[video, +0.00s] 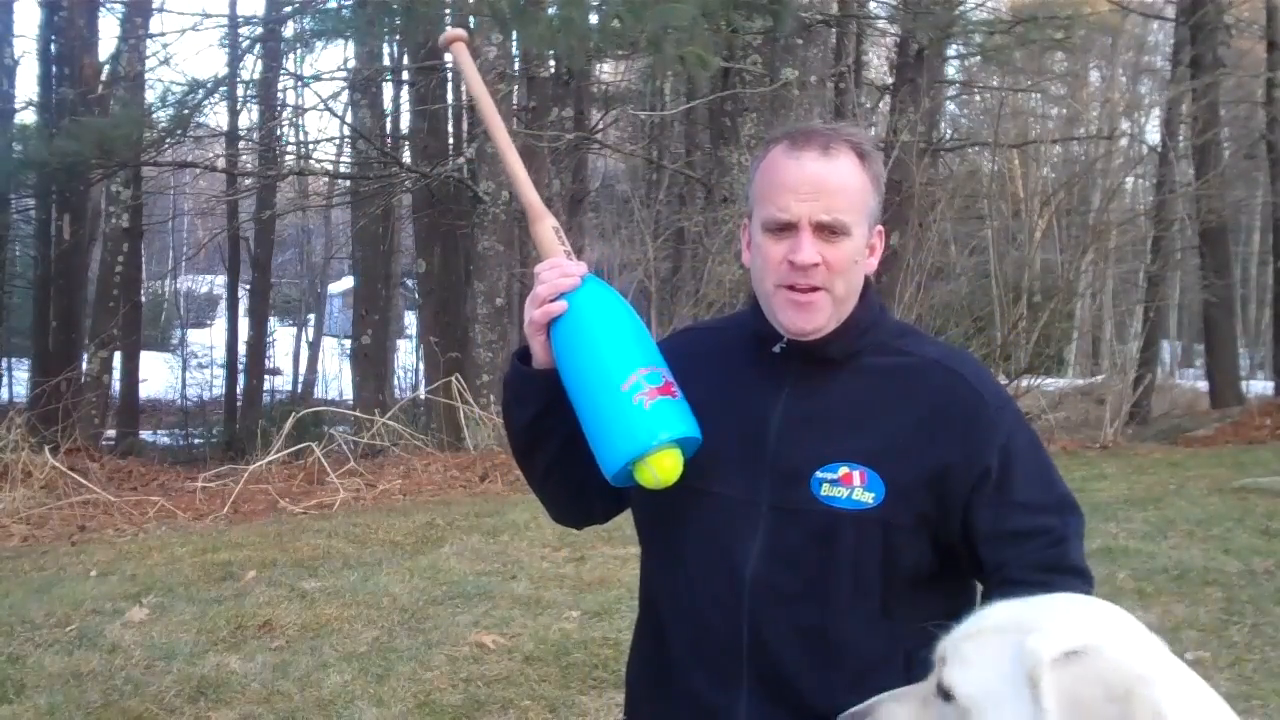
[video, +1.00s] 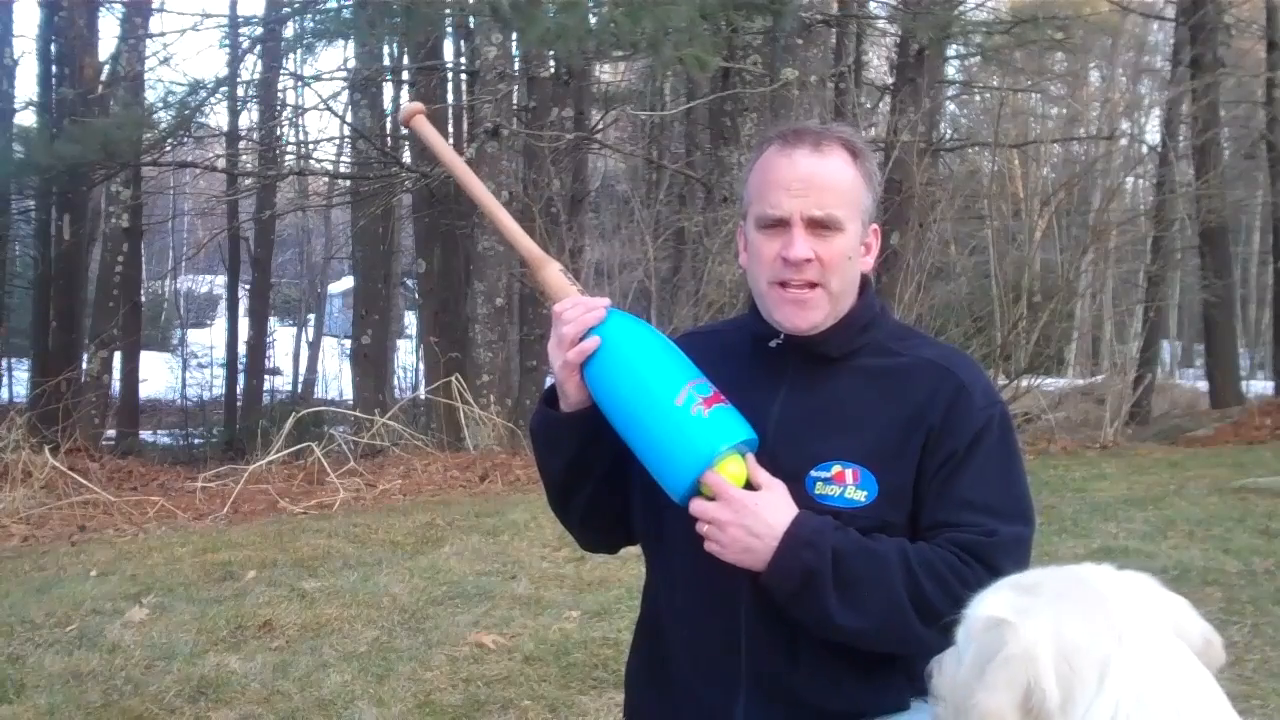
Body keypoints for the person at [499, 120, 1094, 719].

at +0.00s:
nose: (803, 256)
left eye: (831, 231)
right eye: (780, 229)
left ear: (873, 249)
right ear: (747, 242)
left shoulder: (953, 402)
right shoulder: (679, 370)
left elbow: (1047, 586)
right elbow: (579, 497)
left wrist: (980, 708)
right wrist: (542, 368)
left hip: (868, 713)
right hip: (678, 707)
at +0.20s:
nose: (806, 253)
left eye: (832, 229)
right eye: (784, 228)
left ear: (875, 248)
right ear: (749, 242)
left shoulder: (948, 398)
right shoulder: (678, 369)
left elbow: (1009, 590)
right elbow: (594, 517)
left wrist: (826, 599)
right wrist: (566, 397)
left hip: (860, 708)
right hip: (681, 706)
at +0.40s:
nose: (808, 255)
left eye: (834, 230)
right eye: (786, 228)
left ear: (875, 249)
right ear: (749, 243)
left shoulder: (951, 398)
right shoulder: (685, 369)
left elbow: (999, 587)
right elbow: (608, 531)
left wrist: (814, 568)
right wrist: (572, 415)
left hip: (877, 705)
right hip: (685, 705)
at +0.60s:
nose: (804, 255)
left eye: (829, 230)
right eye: (782, 229)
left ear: (872, 247)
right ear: (747, 244)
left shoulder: (951, 397)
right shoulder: (681, 370)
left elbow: (991, 591)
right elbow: (604, 530)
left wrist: (806, 564)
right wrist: (571, 415)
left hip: (876, 703)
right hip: (685, 703)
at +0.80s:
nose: (799, 255)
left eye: (824, 230)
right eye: (776, 229)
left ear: (870, 247)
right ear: (744, 245)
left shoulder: (951, 397)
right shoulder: (677, 370)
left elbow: (984, 590)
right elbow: (603, 526)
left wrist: (799, 555)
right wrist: (571, 411)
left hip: (870, 704)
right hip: (682, 702)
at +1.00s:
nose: (795, 251)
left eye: (822, 226)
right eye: (773, 225)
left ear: (868, 248)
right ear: (742, 241)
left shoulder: (949, 396)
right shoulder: (675, 368)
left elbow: (981, 586)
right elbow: (603, 526)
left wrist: (796, 548)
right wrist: (572, 410)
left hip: (864, 706)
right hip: (680, 704)